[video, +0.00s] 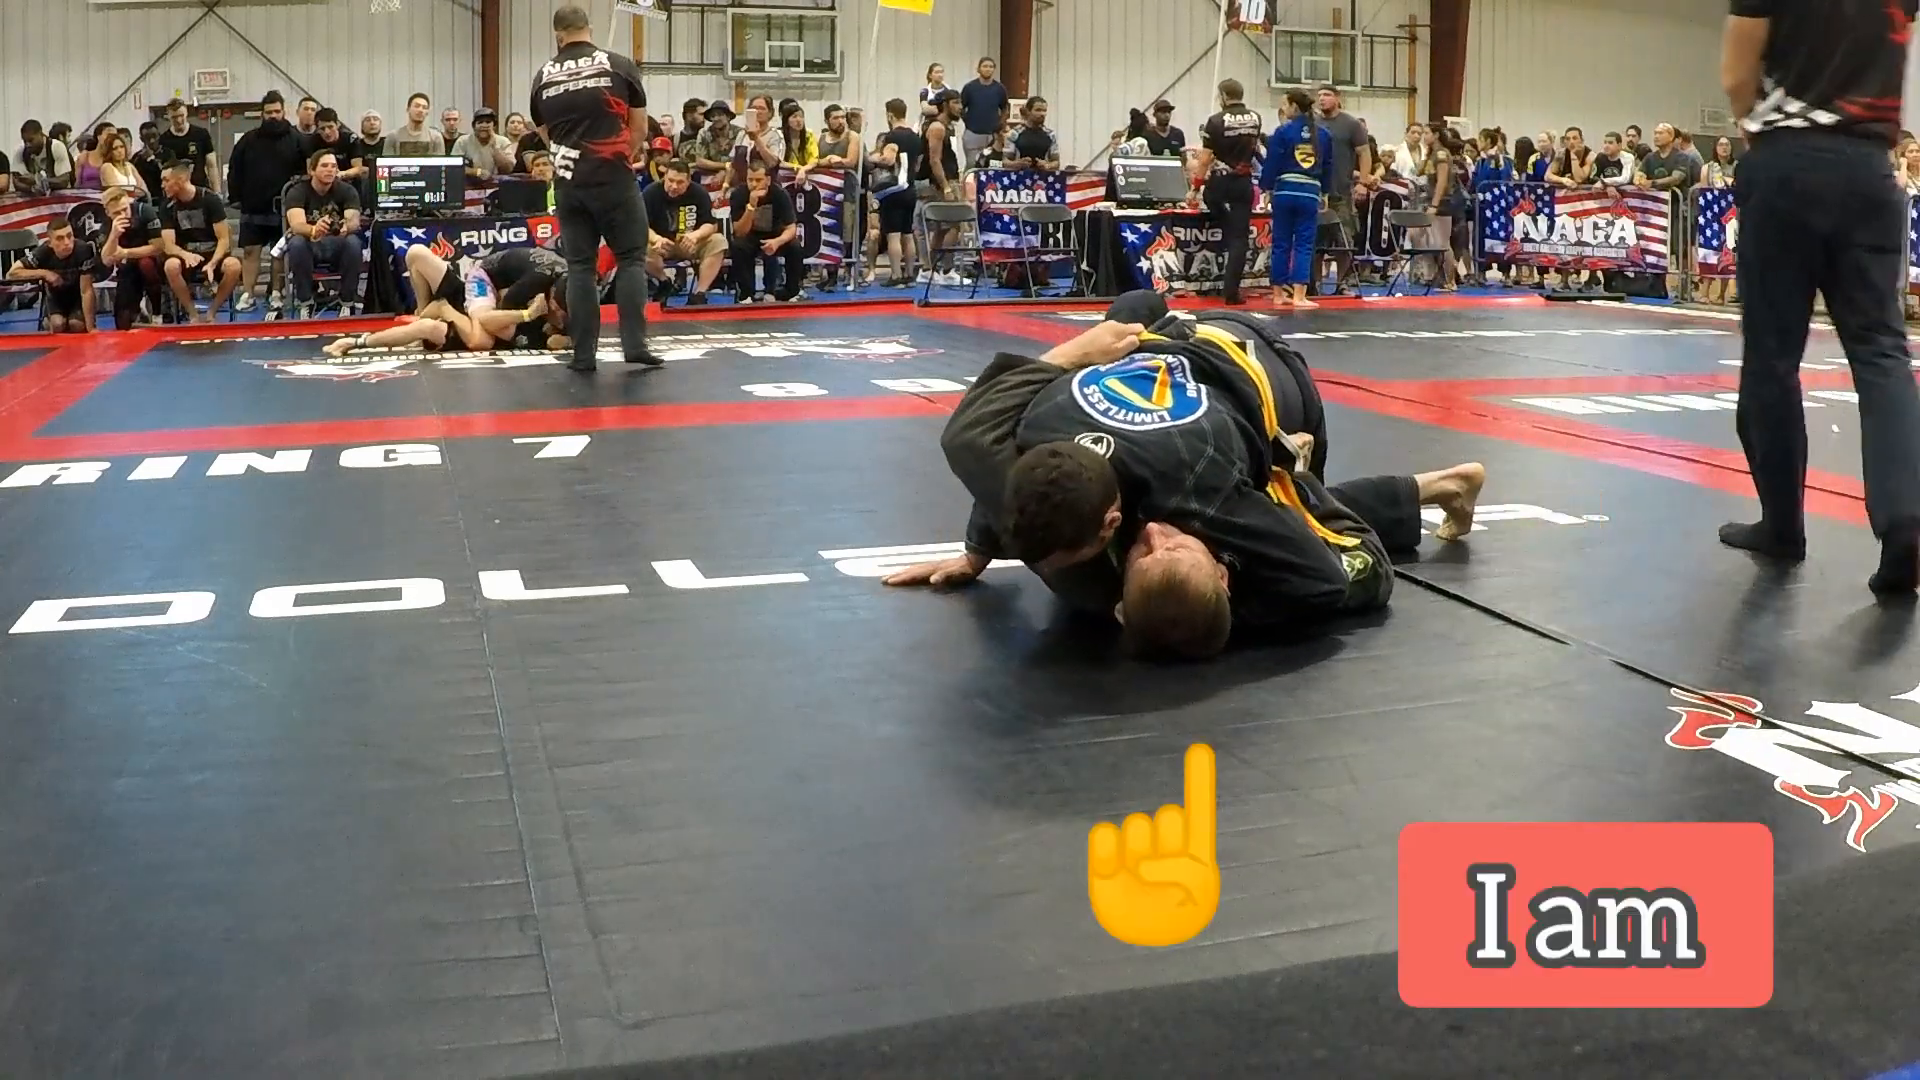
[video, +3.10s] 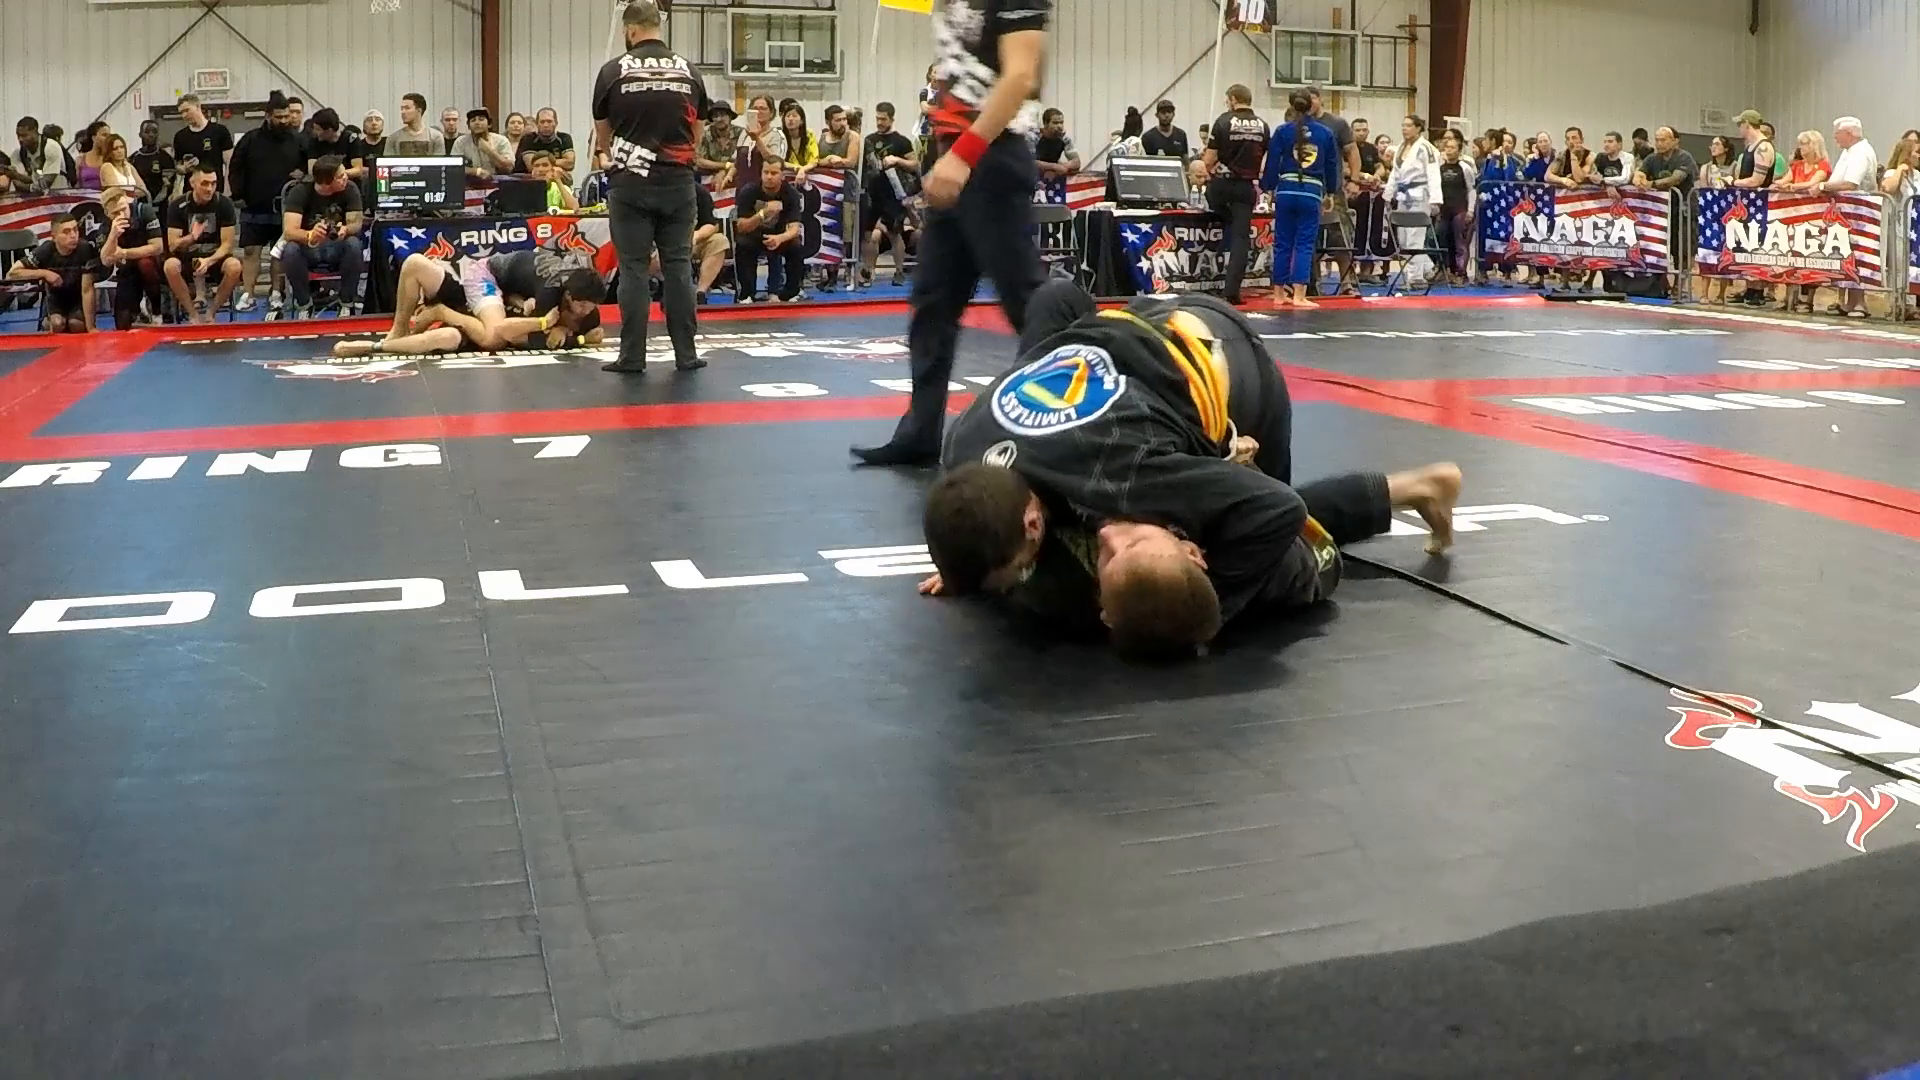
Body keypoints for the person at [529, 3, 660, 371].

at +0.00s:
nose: (562, 40)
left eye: (558, 36)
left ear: (556, 35)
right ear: (589, 28)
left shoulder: (543, 75)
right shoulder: (620, 64)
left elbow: (547, 135)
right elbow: (638, 130)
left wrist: (581, 155)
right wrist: (625, 158)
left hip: (567, 184)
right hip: (612, 178)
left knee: (580, 264)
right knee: (631, 258)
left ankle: (583, 356)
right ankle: (635, 347)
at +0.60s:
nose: (610, 39)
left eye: (610, 35)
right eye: (614, 35)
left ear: (614, 35)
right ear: (643, 32)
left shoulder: (597, 71)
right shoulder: (669, 72)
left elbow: (587, 137)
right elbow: (677, 130)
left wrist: (606, 168)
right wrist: (658, 165)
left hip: (611, 186)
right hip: (659, 187)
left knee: (599, 268)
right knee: (658, 266)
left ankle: (589, 356)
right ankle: (665, 354)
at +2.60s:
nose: (621, 37)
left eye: (620, 32)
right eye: (622, 32)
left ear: (626, 30)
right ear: (654, 27)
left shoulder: (609, 70)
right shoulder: (685, 69)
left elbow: (600, 134)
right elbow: (693, 127)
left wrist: (614, 161)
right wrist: (675, 158)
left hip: (628, 183)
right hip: (675, 182)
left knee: (631, 266)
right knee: (677, 264)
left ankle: (631, 358)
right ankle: (686, 355)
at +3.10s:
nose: (626, 38)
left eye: (625, 33)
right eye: (628, 34)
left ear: (630, 31)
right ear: (660, 28)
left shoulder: (612, 70)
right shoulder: (689, 69)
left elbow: (603, 135)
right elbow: (697, 129)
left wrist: (606, 154)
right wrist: (682, 161)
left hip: (631, 182)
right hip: (678, 181)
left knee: (633, 267)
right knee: (678, 263)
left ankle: (632, 357)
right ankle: (686, 355)